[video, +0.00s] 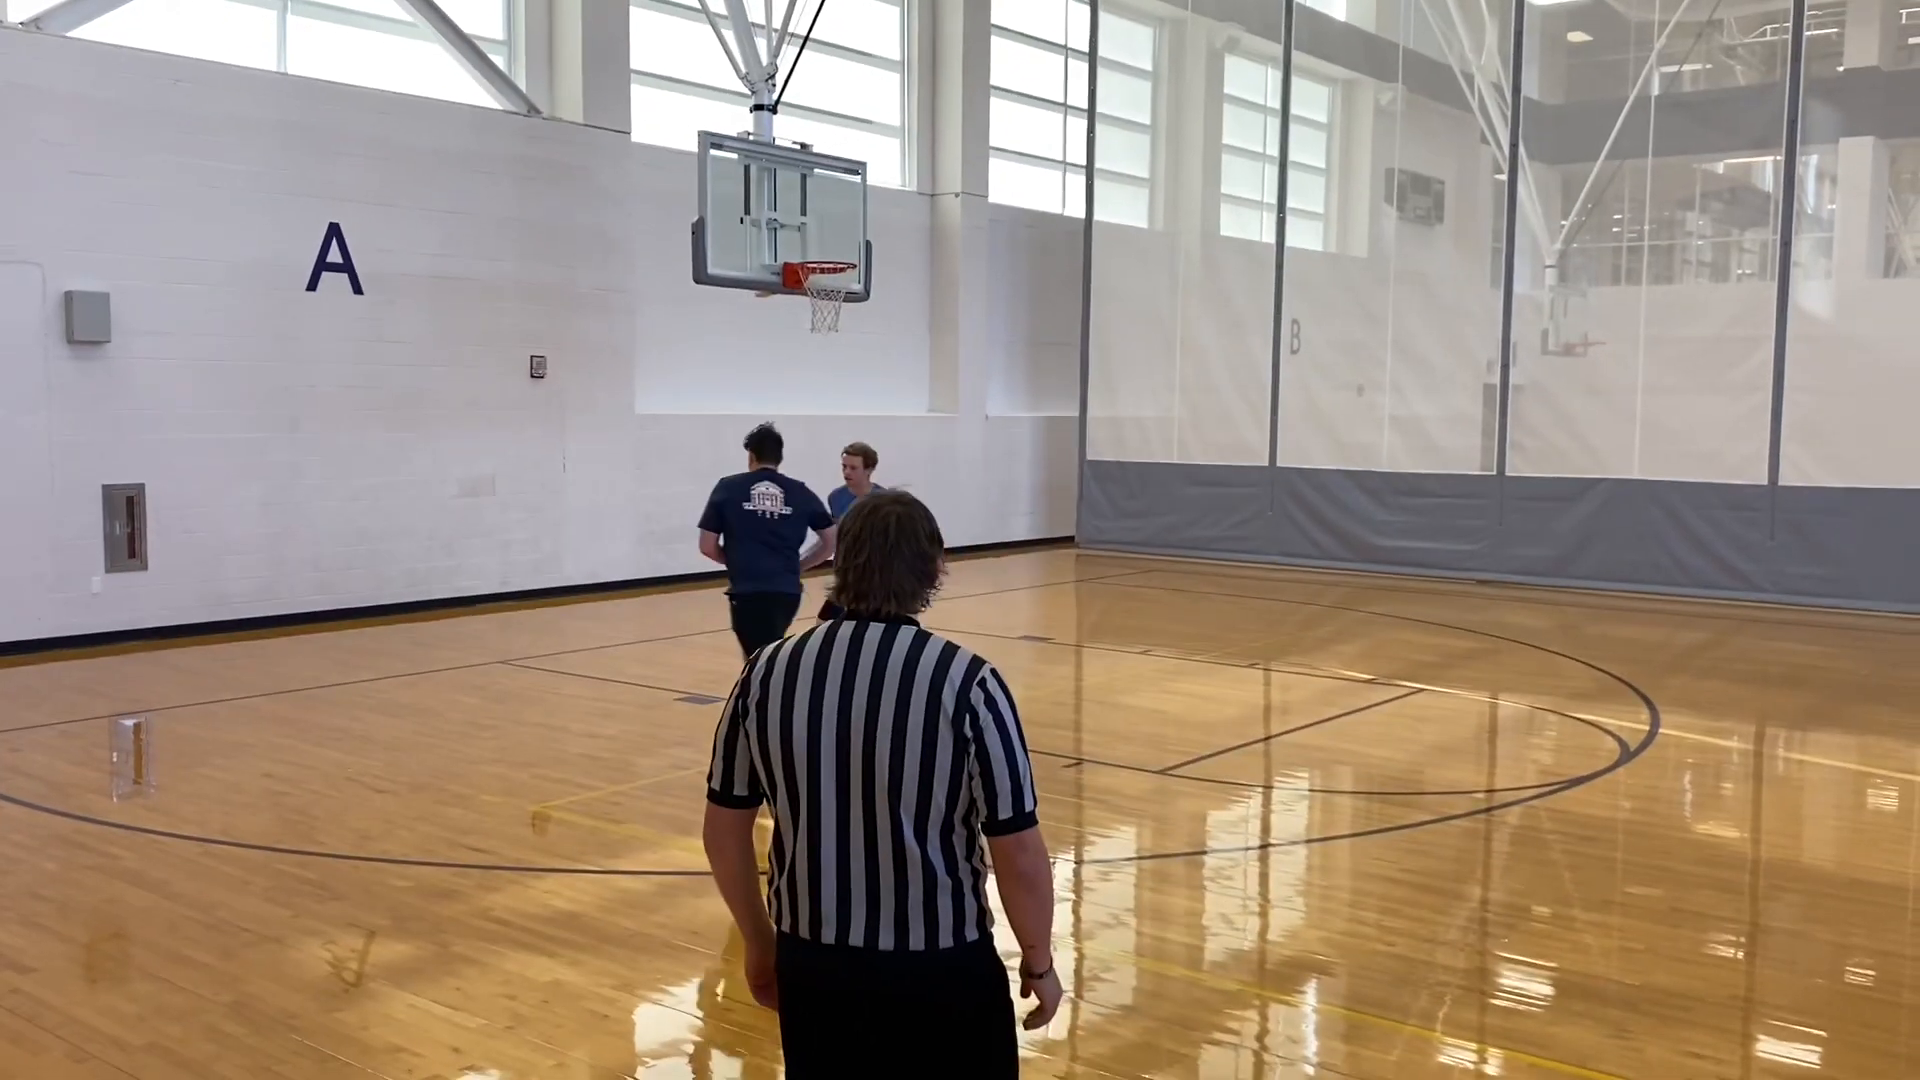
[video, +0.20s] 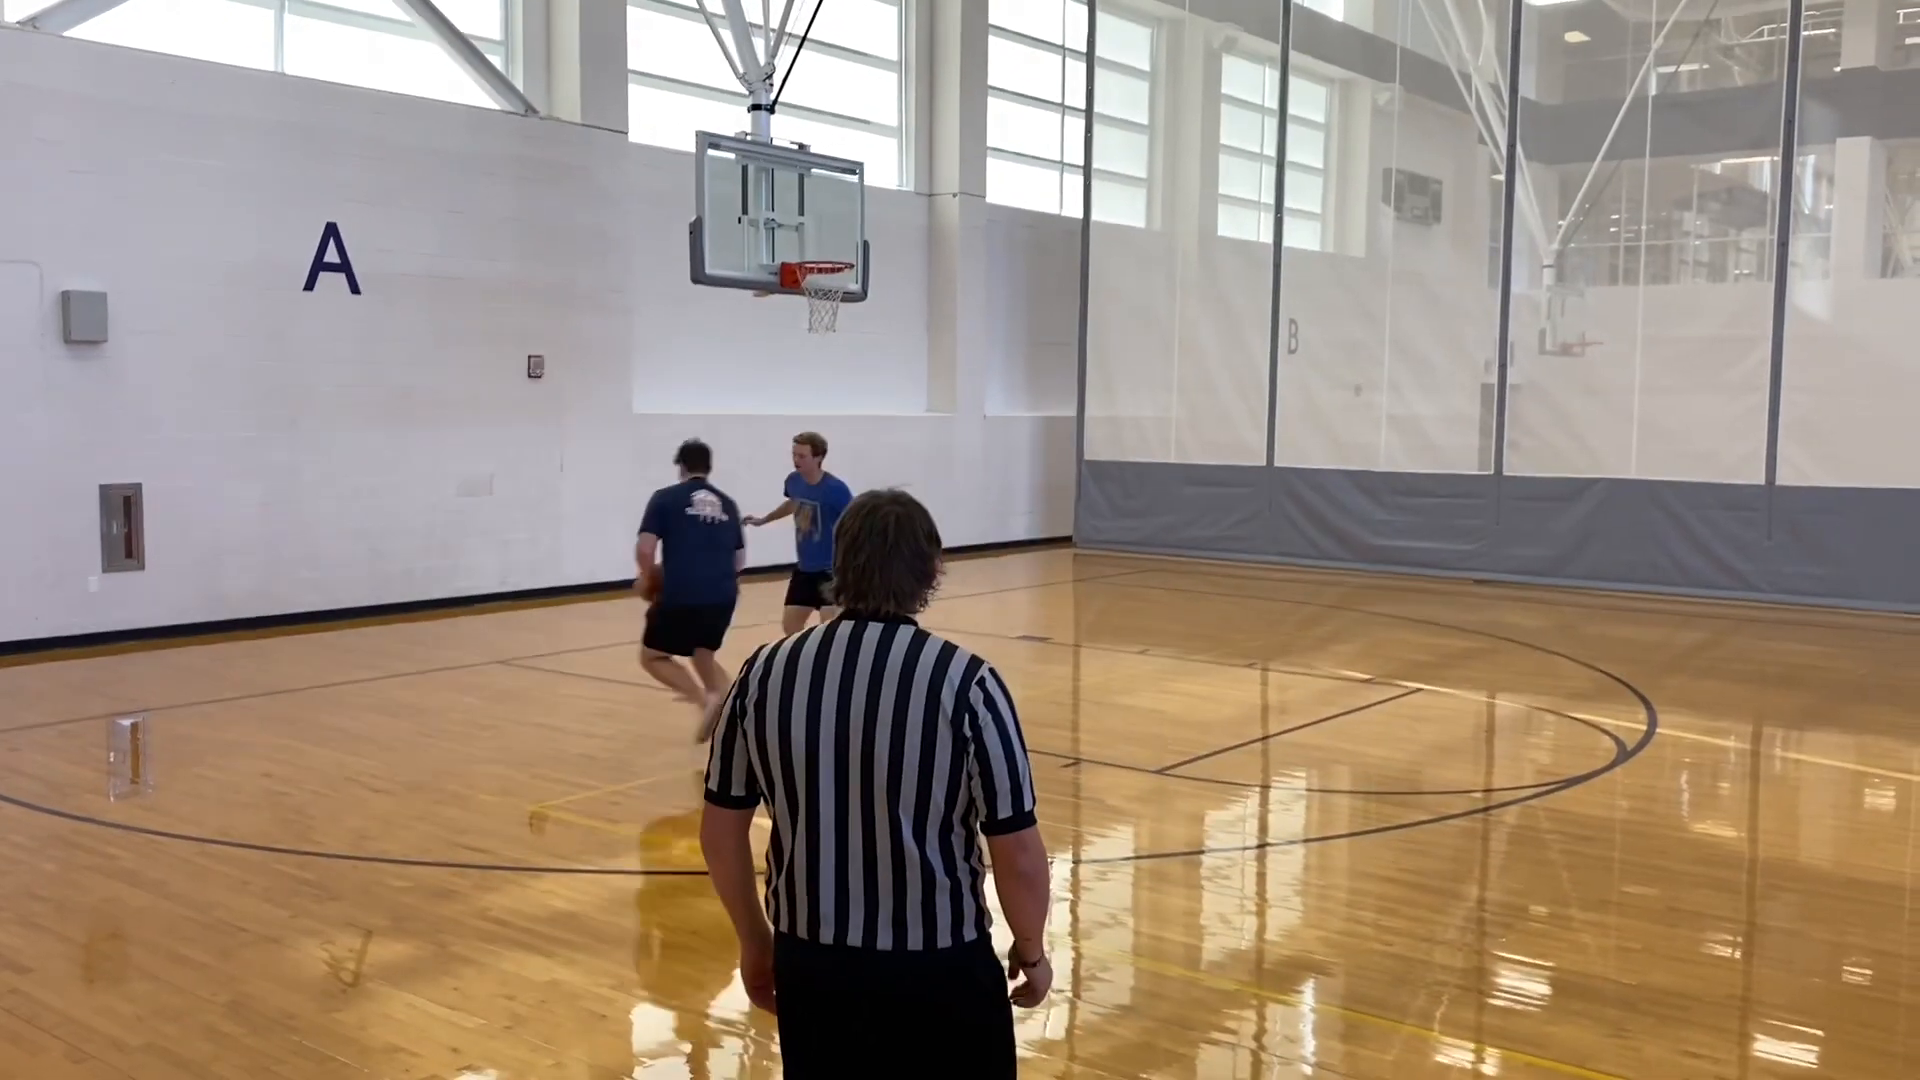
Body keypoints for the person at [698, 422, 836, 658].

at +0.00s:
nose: (748, 461)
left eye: (748, 456)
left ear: (752, 457)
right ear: (780, 459)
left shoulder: (728, 487)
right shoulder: (799, 491)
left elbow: (707, 546)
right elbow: (830, 543)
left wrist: (737, 561)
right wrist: (797, 567)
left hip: (747, 592)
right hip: (787, 592)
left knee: (760, 666)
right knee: (767, 662)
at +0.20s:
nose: (679, 470)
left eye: (679, 466)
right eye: (686, 466)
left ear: (681, 467)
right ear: (709, 467)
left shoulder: (665, 498)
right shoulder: (727, 503)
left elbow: (645, 551)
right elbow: (739, 561)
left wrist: (653, 579)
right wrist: (718, 577)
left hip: (680, 593)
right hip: (722, 594)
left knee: (653, 657)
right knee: (704, 655)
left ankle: (705, 698)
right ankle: (733, 712)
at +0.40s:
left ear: (595, 446)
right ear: (624, 446)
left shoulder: (584, 478)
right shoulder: (643, 477)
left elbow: (575, 531)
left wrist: (566, 551)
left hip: (606, 580)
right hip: (650, 576)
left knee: (575, 644)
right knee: (681, 649)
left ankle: (553, 711)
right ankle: (727, 702)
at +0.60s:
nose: (560, 432)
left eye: (558, 428)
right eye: (558, 428)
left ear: (524, 434)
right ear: (552, 433)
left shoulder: (508, 461)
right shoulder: (568, 459)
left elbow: (499, 468)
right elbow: (610, 470)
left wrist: (540, 448)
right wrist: (577, 445)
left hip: (534, 564)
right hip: (577, 556)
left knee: (536, 641)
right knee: (584, 591)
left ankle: (546, 716)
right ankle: (602, 624)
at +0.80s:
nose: (511, 393)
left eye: (508, 387)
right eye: (509, 388)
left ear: (478, 393)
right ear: (503, 392)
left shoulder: (462, 414)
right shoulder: (522, 417)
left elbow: (481, 388)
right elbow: (569, 401)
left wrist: (504, 361)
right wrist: (541, 371)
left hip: (481, 520)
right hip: (522, 518)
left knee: (490, 599)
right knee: (503, 558)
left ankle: (511, 663)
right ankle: (506, 625)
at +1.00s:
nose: (463, 406)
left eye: (460, 403)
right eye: (461, 403)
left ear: (430, 408)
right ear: (456, 409)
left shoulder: (415, 429)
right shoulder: (473, 432)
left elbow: (432, 401)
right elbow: (516, 407)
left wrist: (457, 374)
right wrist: (515, 367)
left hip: (428, 532)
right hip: (468, 531)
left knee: (430, 606)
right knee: (454, 597)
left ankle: (431, 680)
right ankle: (453, 668)